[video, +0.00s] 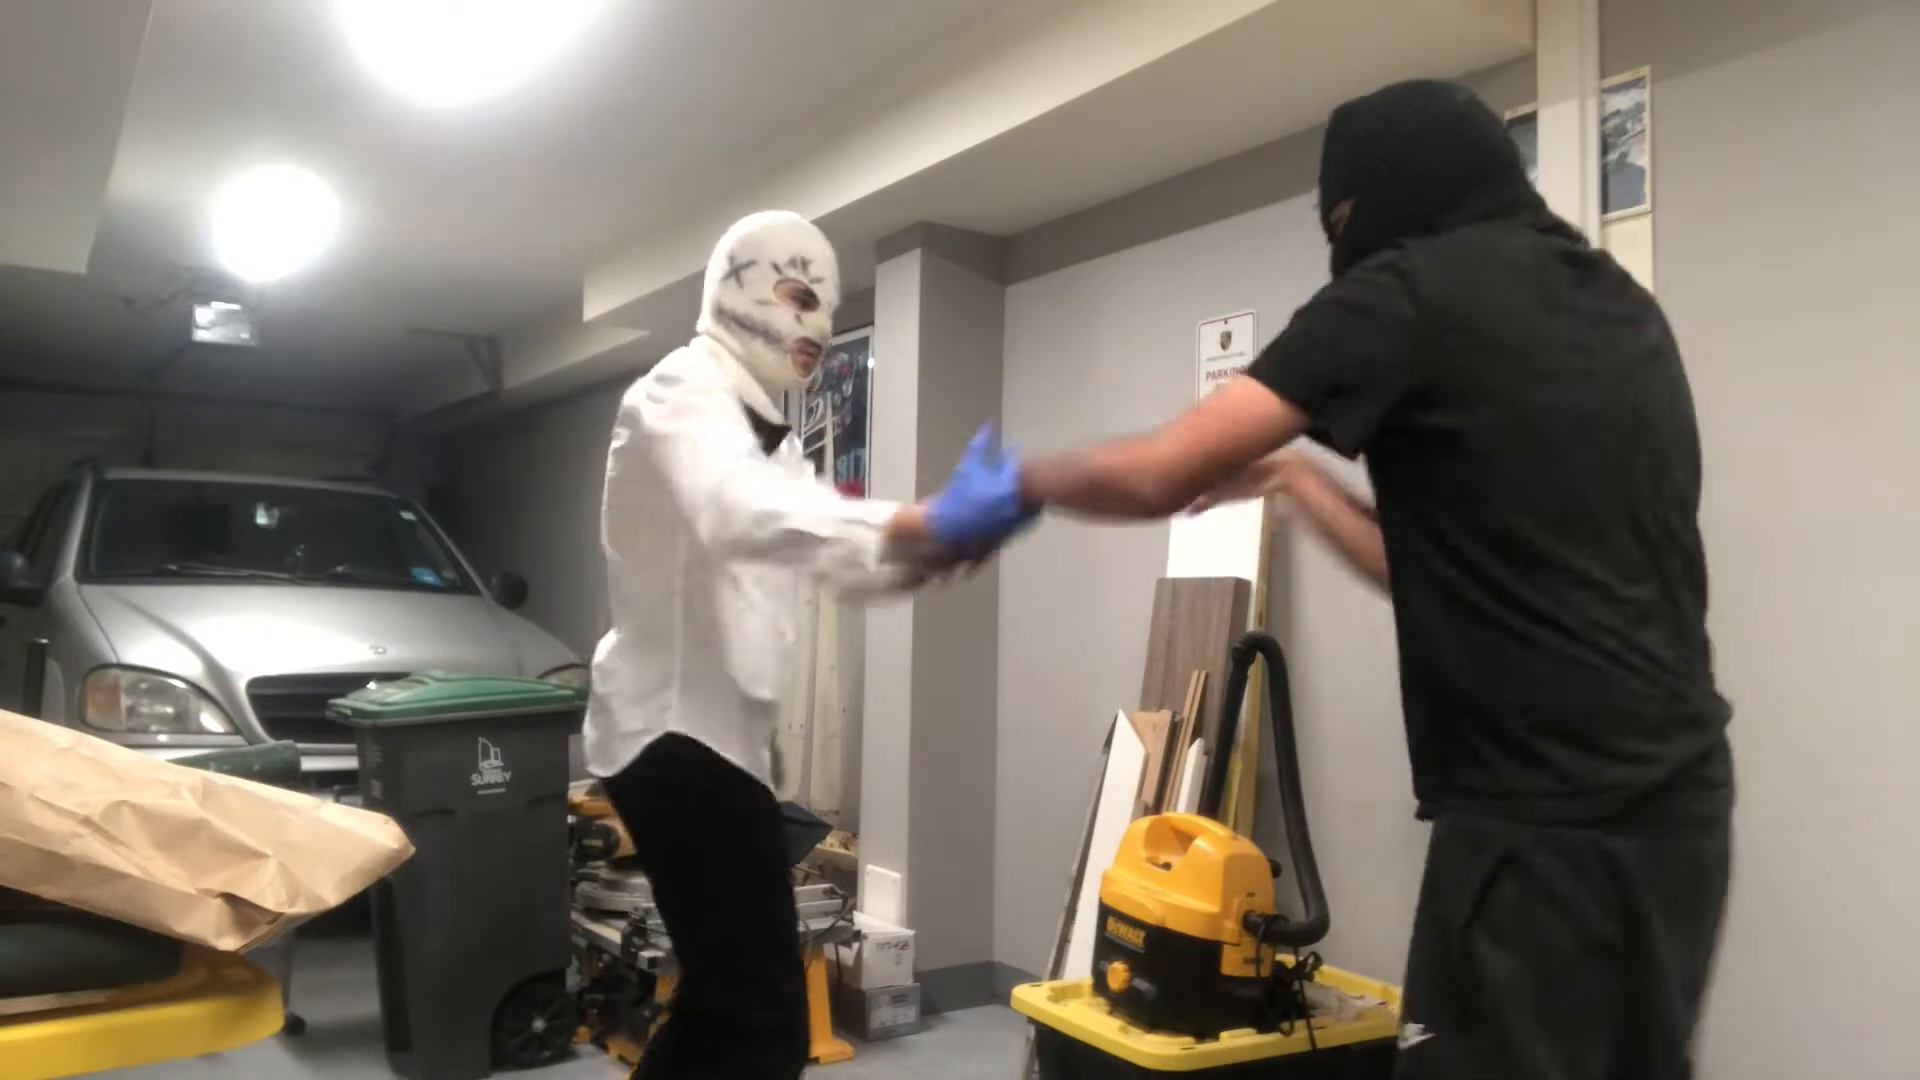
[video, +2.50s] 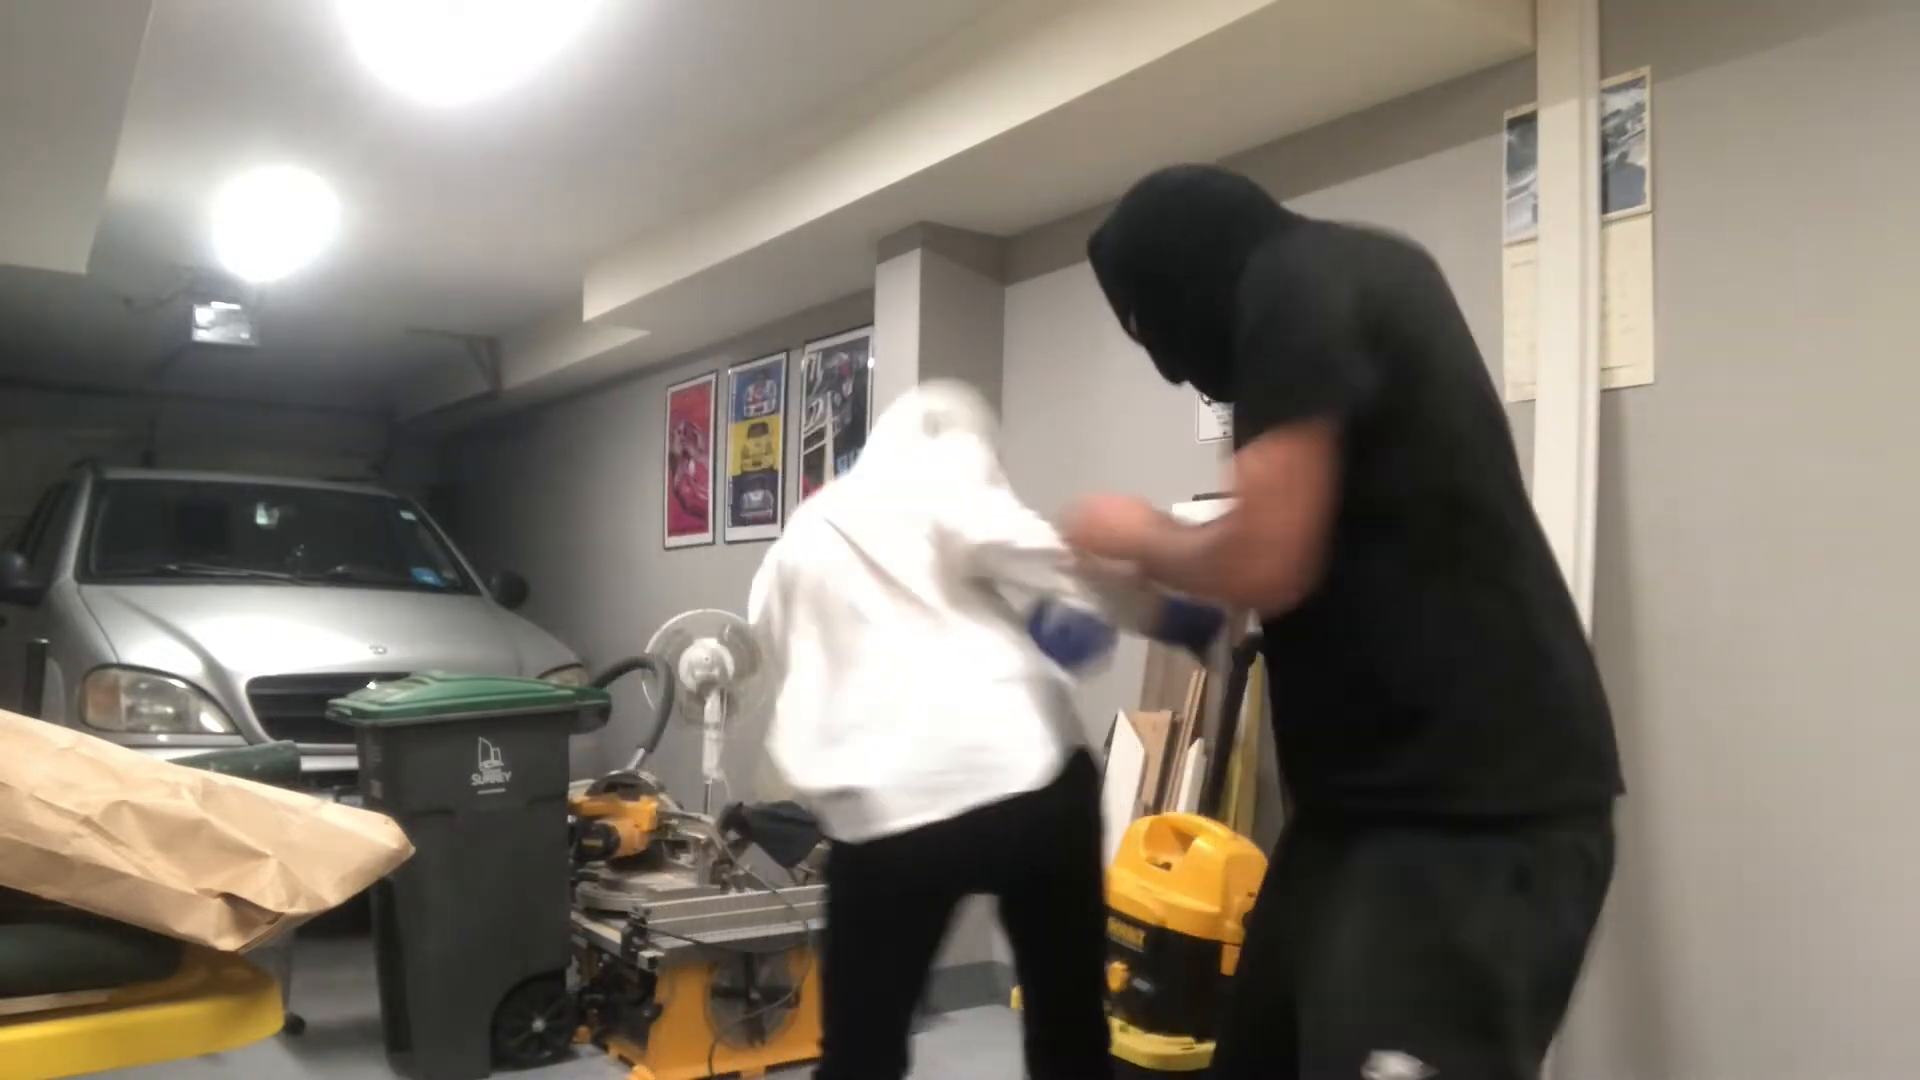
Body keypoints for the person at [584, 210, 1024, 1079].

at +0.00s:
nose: (816, 319)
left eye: (824, 303)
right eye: (796, 294)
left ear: (829, 314)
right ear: (734, 291)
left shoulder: (761, 433)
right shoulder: (682, 391)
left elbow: (833, 565)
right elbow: (731, 514)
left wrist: (937, 549)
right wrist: (899, 524)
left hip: (728, 741)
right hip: (671, 738)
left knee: (731, 1005)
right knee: (757, 1012)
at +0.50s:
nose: (876, 343)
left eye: (884, 326)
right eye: (856, 316)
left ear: (886, 335)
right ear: (800, 317)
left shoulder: (783, 421)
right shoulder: (764, 406)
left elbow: (838, 636)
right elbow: (812, 512)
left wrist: (944, 574)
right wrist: (930, 378)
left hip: (738, 777)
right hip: (802, 772)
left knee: (731, 1029)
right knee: (925, 1043)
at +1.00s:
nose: (870, 341)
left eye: (870, 318)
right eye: (853, 315)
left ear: (775, 321)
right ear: (802, 313)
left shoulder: (725, 435)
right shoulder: (775, 407)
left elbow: (831, 631)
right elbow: (916, 556)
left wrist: (970, 568)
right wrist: (1064, 534)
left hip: (720, 776)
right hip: (789, 767)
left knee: (728, 1031)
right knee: (916, 1047)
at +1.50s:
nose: (785, 341)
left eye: (798, 328)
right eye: (764, 318)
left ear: (806, 347)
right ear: (712, 324)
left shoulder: (791, 472)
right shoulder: (659, 433)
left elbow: (863, 554)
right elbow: (679, 585)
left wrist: (966, 593)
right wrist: (823, 531)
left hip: (788, 767)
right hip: (725, 767)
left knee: (754, 1024)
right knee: (892, 1008)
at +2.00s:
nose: (963, 426)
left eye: (964, 412)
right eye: (959, 411)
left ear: (858, 401)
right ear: (939, 406)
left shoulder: (766, 494)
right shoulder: (935, 468)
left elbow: (706, 657)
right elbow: (957, 637)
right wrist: (1021, 724)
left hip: (772, 814)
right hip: (909, 806)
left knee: (735, 1021)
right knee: (988, 1014)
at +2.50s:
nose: (988, 457)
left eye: (987, 445)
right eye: (982, 443)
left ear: (883, 434)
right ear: (964, 433)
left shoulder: (798, 539)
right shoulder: (948, 472)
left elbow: (773, 651)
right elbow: (1065, 570)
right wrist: (1184, 619)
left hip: (885, 829)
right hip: (1028, 792)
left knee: (859, 1057)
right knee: (1069, 1033)